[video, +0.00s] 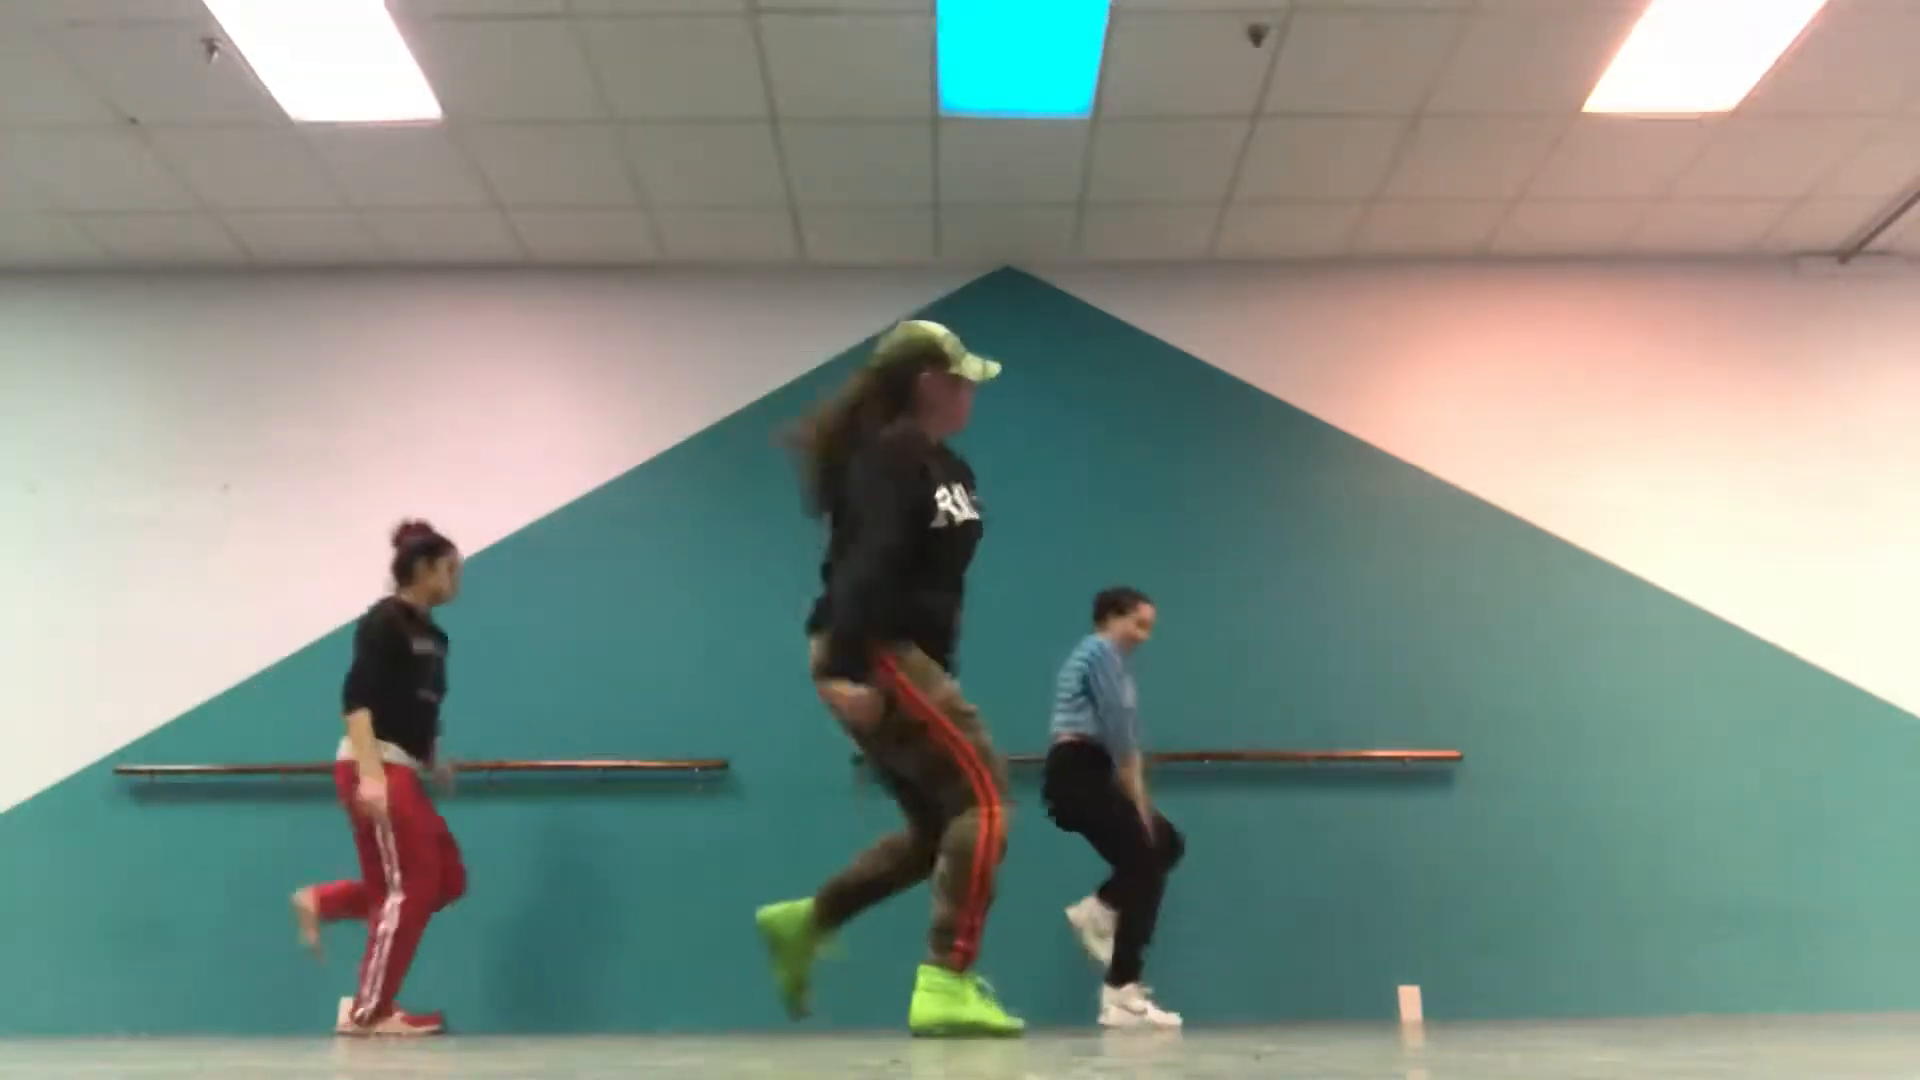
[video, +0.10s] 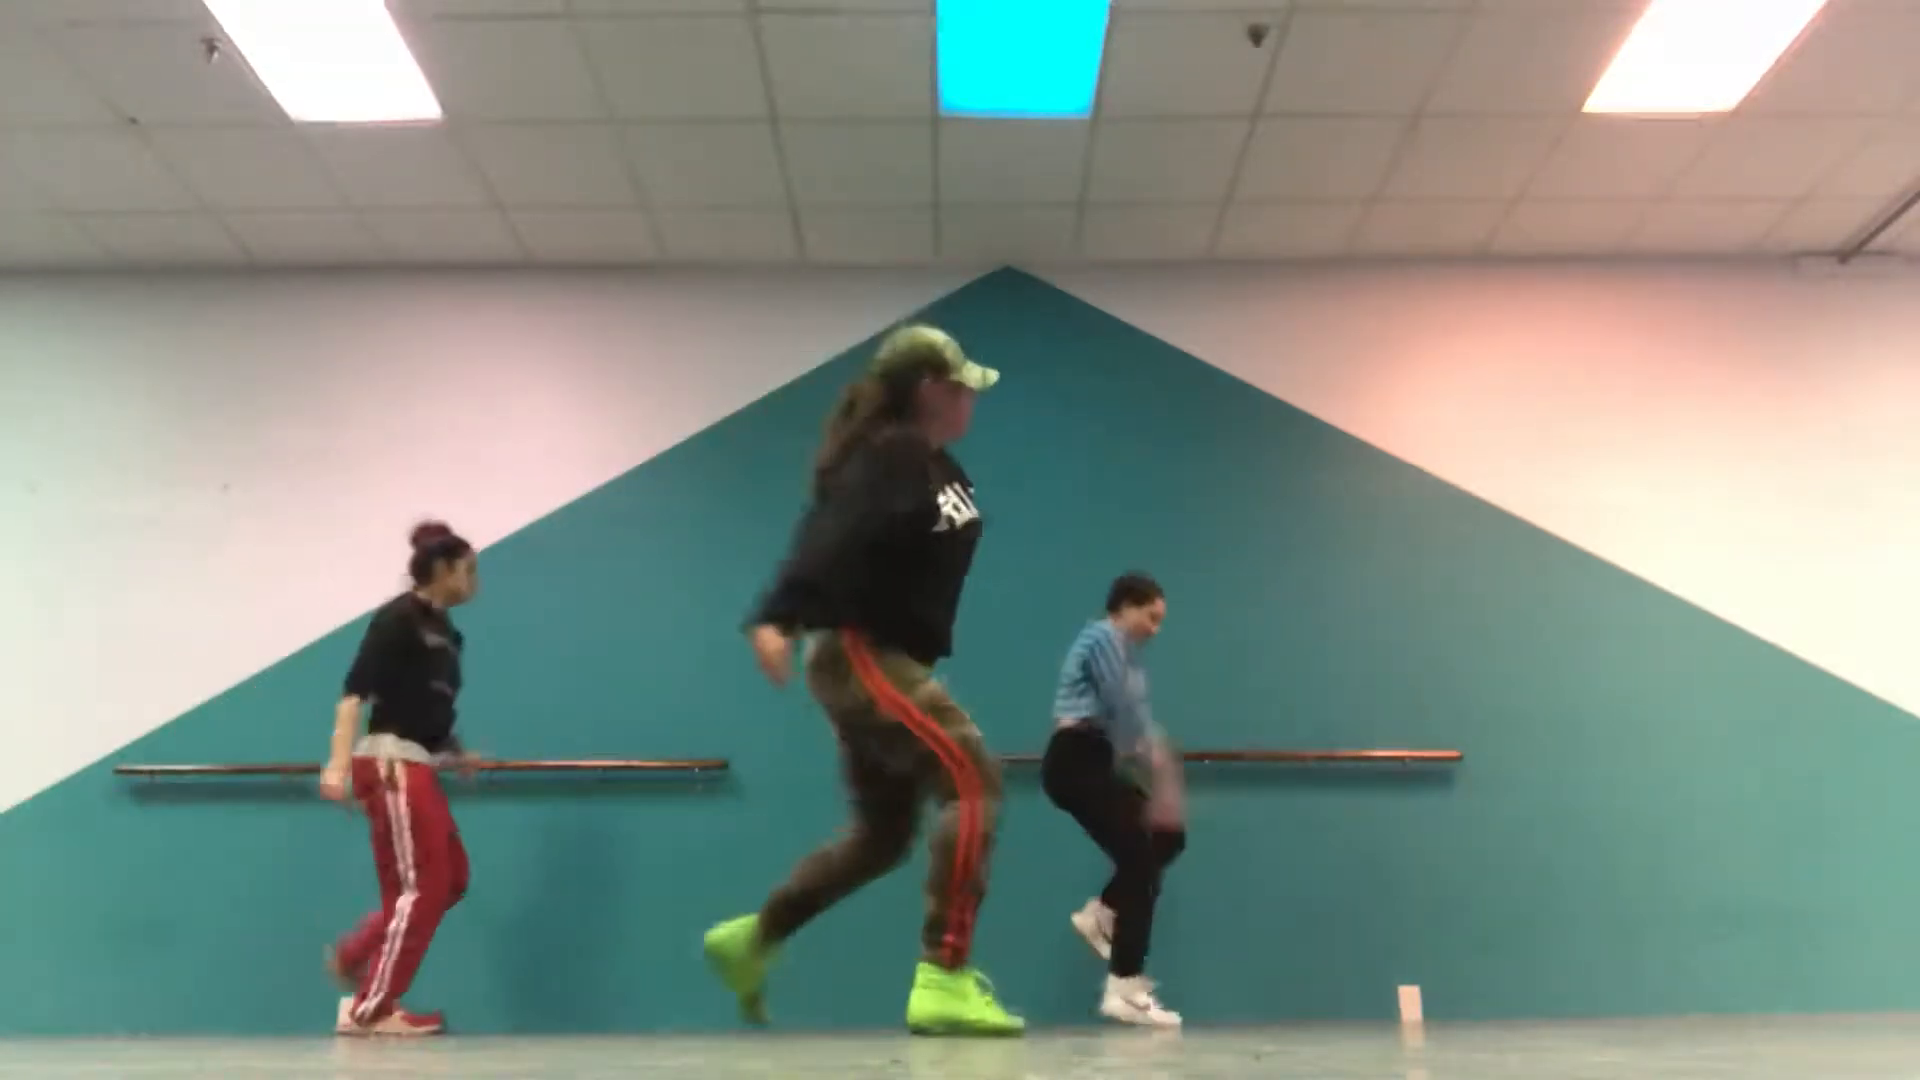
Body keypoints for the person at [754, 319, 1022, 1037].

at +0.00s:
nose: (971, 397)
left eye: (970, 385)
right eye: (963, 385)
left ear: (930, 386)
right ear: (929, 385)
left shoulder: (946, 464)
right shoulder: (890, 454)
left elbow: (926, 564)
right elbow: (865, 556)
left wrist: (936, 665)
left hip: (901, 648)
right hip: (876, 650)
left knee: (938, 834)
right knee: (980, 795)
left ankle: (805, 923)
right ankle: (947, 981)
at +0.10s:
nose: (970, 403)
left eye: (968, 391)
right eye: (960, 390)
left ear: (930, 394)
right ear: (922, 393)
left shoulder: (935, 464)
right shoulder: (885, 457)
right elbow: (830, 530)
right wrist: (778, 617)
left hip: (891, 655)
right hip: (857, 654)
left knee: (881, 838)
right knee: (970, 779)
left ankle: (751, 941)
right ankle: (945, 976)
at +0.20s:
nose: (959, 432)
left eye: (958, 420)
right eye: (950, 419)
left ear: (924, 421)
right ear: (914, 422)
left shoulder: (926, 492)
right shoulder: (874, 493)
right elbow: (820, 518)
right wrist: (765, 536)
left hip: (878, 681)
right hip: (841, 679)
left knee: (816, 843)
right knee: (953, 789)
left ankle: (699, 971)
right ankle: (962, 983)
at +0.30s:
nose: (954, 460)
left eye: (953, 448)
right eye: (946, 447)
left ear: (915, 446)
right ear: (911, 446)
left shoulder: (913, 515)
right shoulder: (857, 503)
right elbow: (797, 483)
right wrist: (818, 477)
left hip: (862, 711)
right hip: (823, 709)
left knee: (770, 864)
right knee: (949, 788)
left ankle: (676, 989)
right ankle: (960, 986)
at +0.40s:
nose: (958, 418)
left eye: (957, 406)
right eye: (950, 405)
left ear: (921, 404)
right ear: (917, 405)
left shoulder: (908, 473)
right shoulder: (878, 467)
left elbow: (901, 552)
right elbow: (876, 538)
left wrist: (915, 590)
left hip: (848, 662)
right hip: (829, 661)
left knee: (785, 835)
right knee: (954, 780)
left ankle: (686, 975)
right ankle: (936, 978)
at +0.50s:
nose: (957, 395)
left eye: (952, 382)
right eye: (948, 383)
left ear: (894, 388)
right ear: (925, 386)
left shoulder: (859, 445)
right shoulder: (912, 452)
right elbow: (921, 579)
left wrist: (948, 674)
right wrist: (967, 679)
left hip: (802, 631)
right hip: (853, 632)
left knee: (861, 820)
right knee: (950, 802)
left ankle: (725, 918)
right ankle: (898, 973)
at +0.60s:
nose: (941, 389)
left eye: (935, 378)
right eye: (934, 378)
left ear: (868, 389)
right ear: (916, 388)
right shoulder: (929, 448)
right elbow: (968, 568)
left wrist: (983, 645)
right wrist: (988, 671)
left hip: (800, 652)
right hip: (863, 649)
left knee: (905, 804)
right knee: (958, 809)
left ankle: (762, 825)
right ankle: (895, 980)